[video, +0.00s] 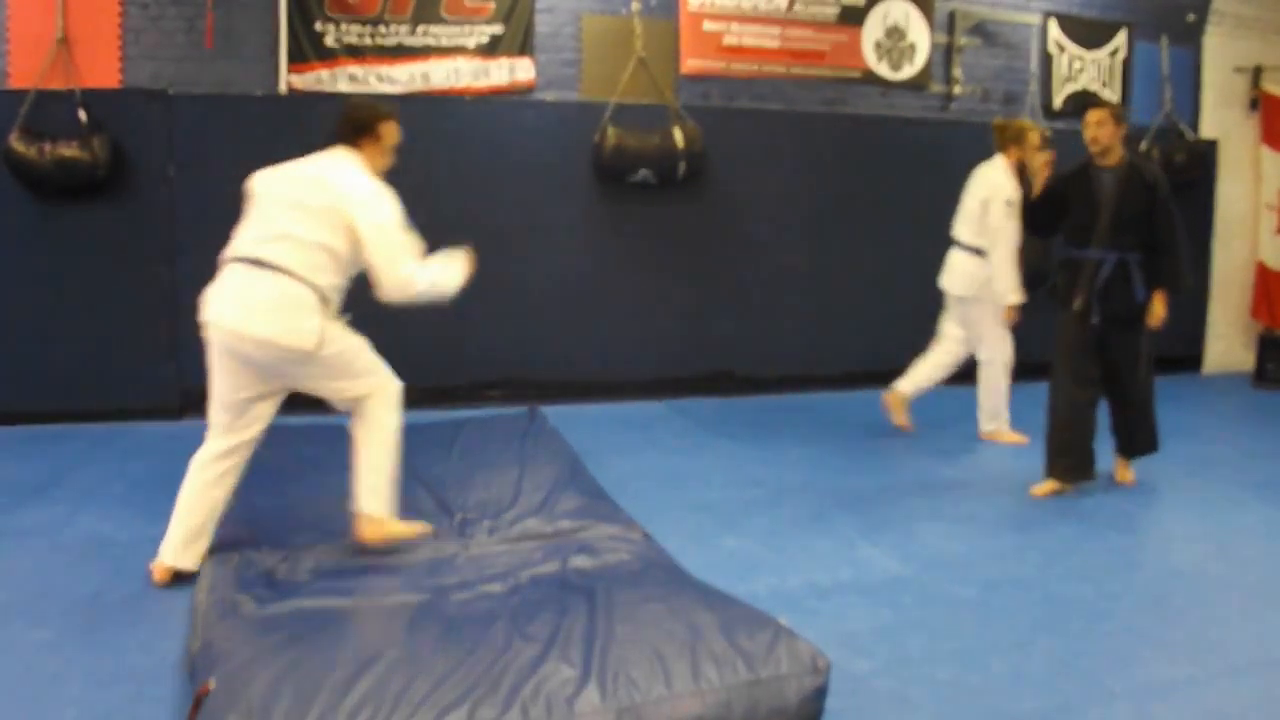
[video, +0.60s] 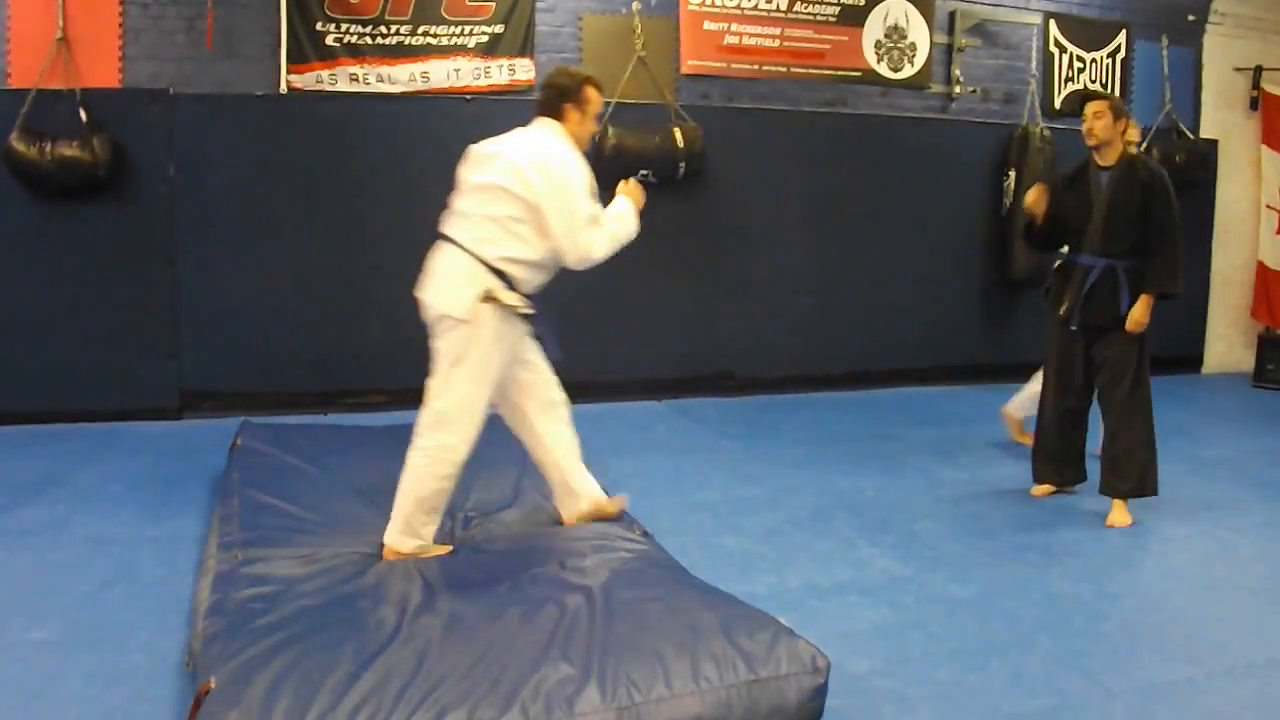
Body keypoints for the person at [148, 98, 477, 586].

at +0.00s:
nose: (396, 158)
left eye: (397, 148)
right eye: (394, 146)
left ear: (345, 135)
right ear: (376, 138)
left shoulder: (279, 175)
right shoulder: (367, 190)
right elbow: (397, 282)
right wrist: (456, 266)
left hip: (224, 305)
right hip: (286, 316)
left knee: (226, 438)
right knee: (378, 391)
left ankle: (175, 558)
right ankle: (375, 519)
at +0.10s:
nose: (440, 149)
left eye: (442, 139)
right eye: (438, 138)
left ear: (391, 126)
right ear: (418, 130)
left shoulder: (326, 160)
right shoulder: (410, 183)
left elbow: (274, 231)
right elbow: (443, 269)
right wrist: (482, 216)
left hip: (268, 292)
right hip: (327, 308)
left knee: (248, 424)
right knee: (392, 425)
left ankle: (176, 537)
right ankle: (402, 544)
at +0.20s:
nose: (479, 146)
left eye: (481, 135)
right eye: (477, 134)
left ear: (435, 123)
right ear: (456, 127)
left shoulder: (365, 152)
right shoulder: (448, 181)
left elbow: (320, 222)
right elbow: (480, 263)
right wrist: (508, 200)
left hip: (300, 287)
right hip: (353, 305)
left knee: (306, 405)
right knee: (413, 429)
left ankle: (210, 481)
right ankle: (401, 542)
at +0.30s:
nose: (513, 137)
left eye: (515, 126)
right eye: (512, 125)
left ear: (466, 113)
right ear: (492, 119)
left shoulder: (403, 142)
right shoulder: (477, 171)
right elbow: (500, 258)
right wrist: (535, 199)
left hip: (328, 272)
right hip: (373, 294)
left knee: (371, 386)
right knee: (409, 427)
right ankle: (401, 540)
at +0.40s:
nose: (537, 136)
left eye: (540, 124)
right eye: (535, 123)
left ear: (496, 113)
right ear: (511, 115)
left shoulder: (447, 140)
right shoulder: (496, 162)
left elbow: (524, 229)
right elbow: (525, 255)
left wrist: (571, 225)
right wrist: (588, 238)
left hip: (372, 271)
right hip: (394, 287)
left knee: (455, 364)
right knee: (410, 417)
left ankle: (386, 454)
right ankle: (398, 540)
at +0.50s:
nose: (566, 129)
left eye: (568, 117)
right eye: (562, 116)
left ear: (525, 110)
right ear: (538, 110)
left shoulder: (475, 140)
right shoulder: (525, 157)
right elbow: (555, 252)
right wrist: (616, 248)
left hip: (417, 276)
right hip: (430, 286)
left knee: (506, 372)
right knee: (426, 416)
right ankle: (403, 540)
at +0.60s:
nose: (597, 126)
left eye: (598, 116)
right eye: (594, 114)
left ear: (552, 109)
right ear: (571, 109)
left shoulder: (493, 147)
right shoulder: (559, 159)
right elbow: (581, 247)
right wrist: (627, 208)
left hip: (453, 283)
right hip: (477, 299)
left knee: (540, 402)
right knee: (450, 421)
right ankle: (406, 540)